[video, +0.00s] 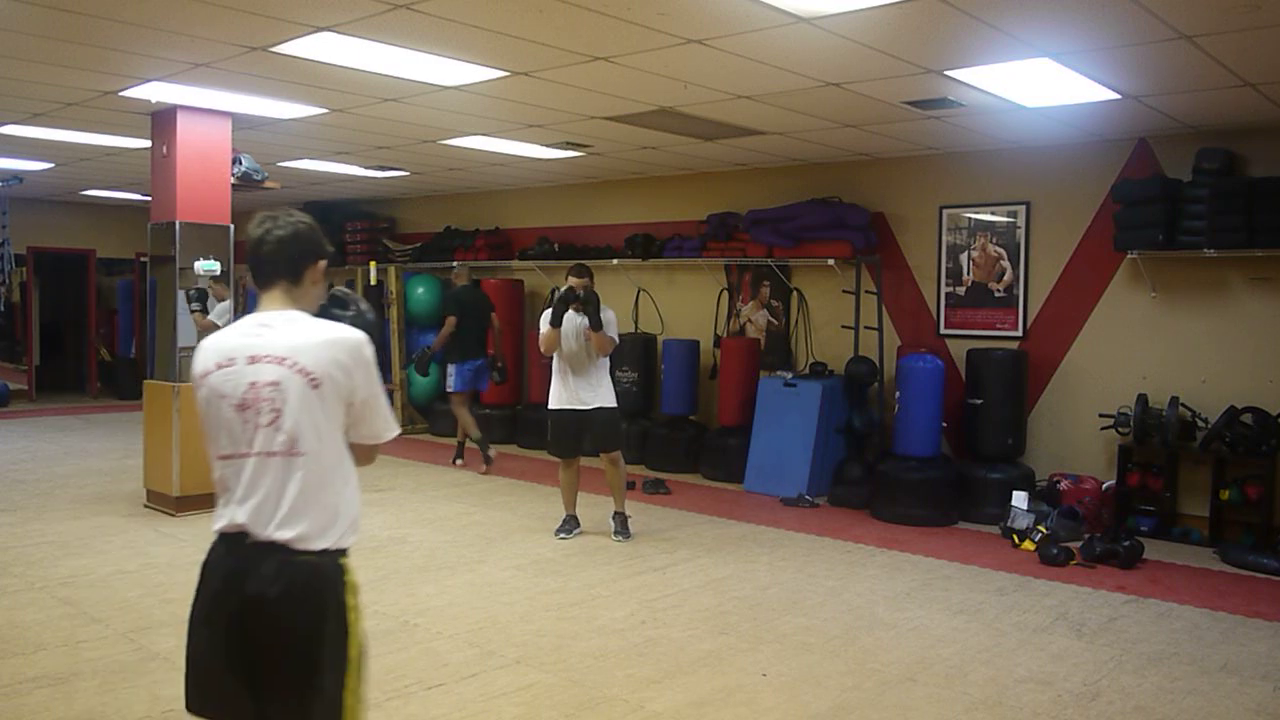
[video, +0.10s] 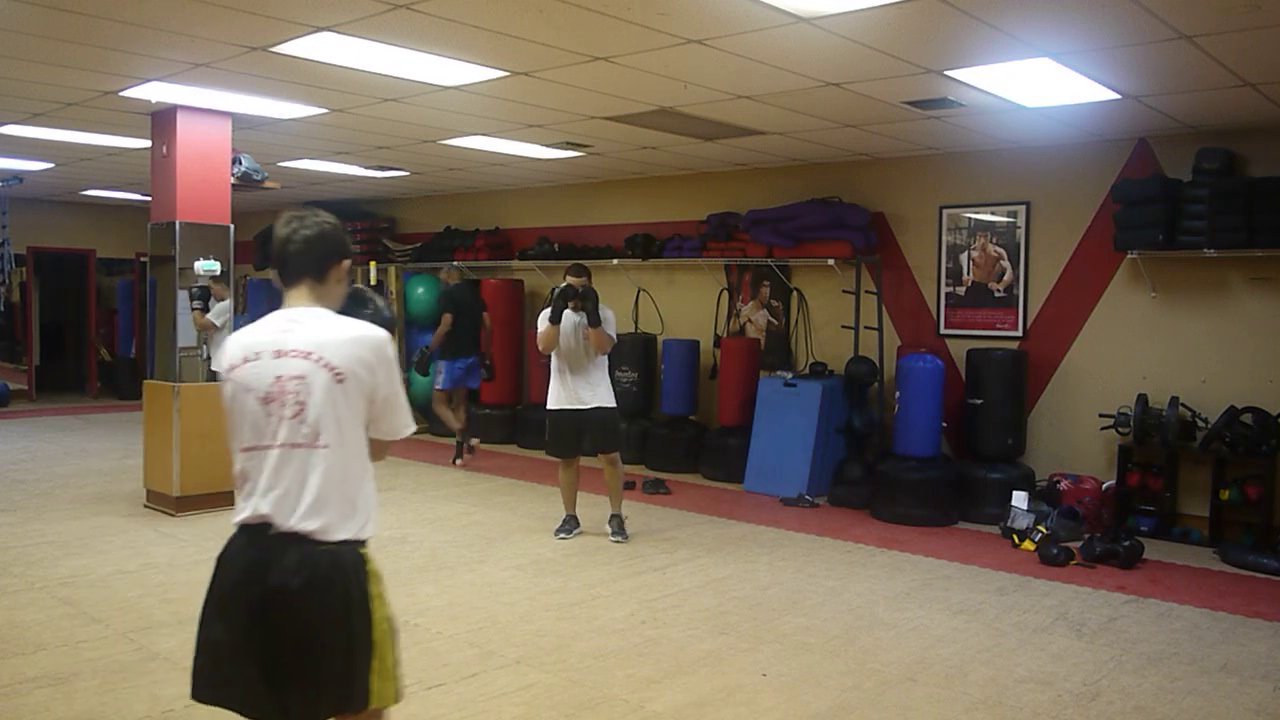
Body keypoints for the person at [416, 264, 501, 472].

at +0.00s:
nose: (451, 277)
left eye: (453, 274)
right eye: (454, 273)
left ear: (455, 276)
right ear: (469, 276)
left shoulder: (453, 295)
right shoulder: (482, 295)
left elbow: (450, 325)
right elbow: (496, 325)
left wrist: (432, 349)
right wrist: (497, 353)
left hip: (459, 358)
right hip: (479, 356)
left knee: (458, 404)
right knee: (464, 404)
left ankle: (484, 447)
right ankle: (459, 453)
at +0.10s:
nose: (440, 278)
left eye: (441, 275)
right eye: (441, 274)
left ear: (449, 274)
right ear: (460, 275)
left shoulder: (449, 294)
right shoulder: (474, 294)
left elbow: (446, 324)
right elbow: (487, 324)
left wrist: (430, 348)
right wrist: (487, 350)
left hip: (450, 356)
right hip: (471, 355)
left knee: (439, 403)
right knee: (461, 402)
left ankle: (465, 437)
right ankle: (459, 453)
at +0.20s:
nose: (430, 283)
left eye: (431, 279)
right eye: (429, 279)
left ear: (438, 276)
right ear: (446, 274)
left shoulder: (440, 294)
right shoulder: (464, 291)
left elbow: (442, 321)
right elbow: (478, 322)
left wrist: (430, 345)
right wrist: (475, 345)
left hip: (445, 353)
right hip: (464, 352)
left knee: (428, 396)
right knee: (457, 400)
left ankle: (443, 438)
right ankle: (459, 449)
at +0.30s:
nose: (419, 277)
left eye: (422, 273)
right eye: (419, 273)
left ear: (431, 273)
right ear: (439, 272)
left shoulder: (427, 297)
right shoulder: (456, 291)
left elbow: (421, 326)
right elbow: (469, 323)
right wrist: (464, 346)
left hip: (434, 353)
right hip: (455, 351)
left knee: (432, 399)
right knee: (454, 400)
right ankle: (458, 448)